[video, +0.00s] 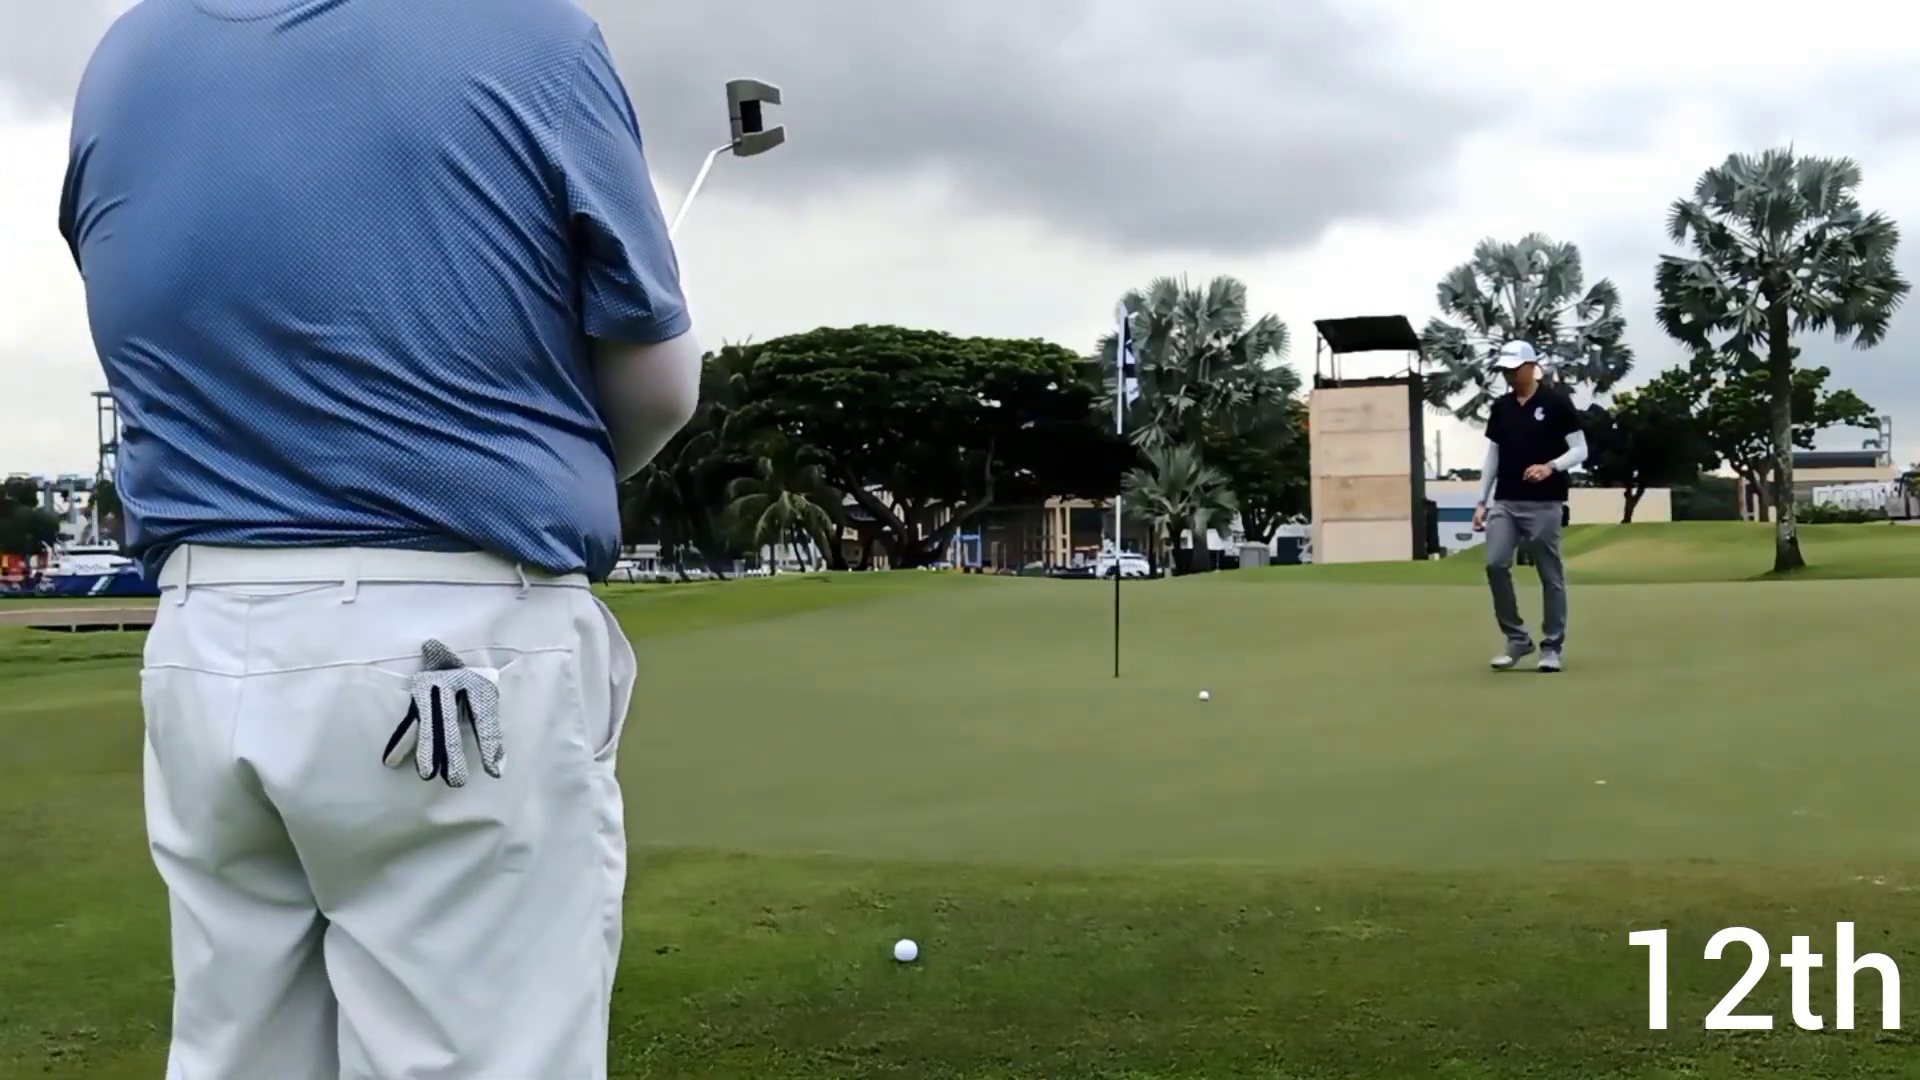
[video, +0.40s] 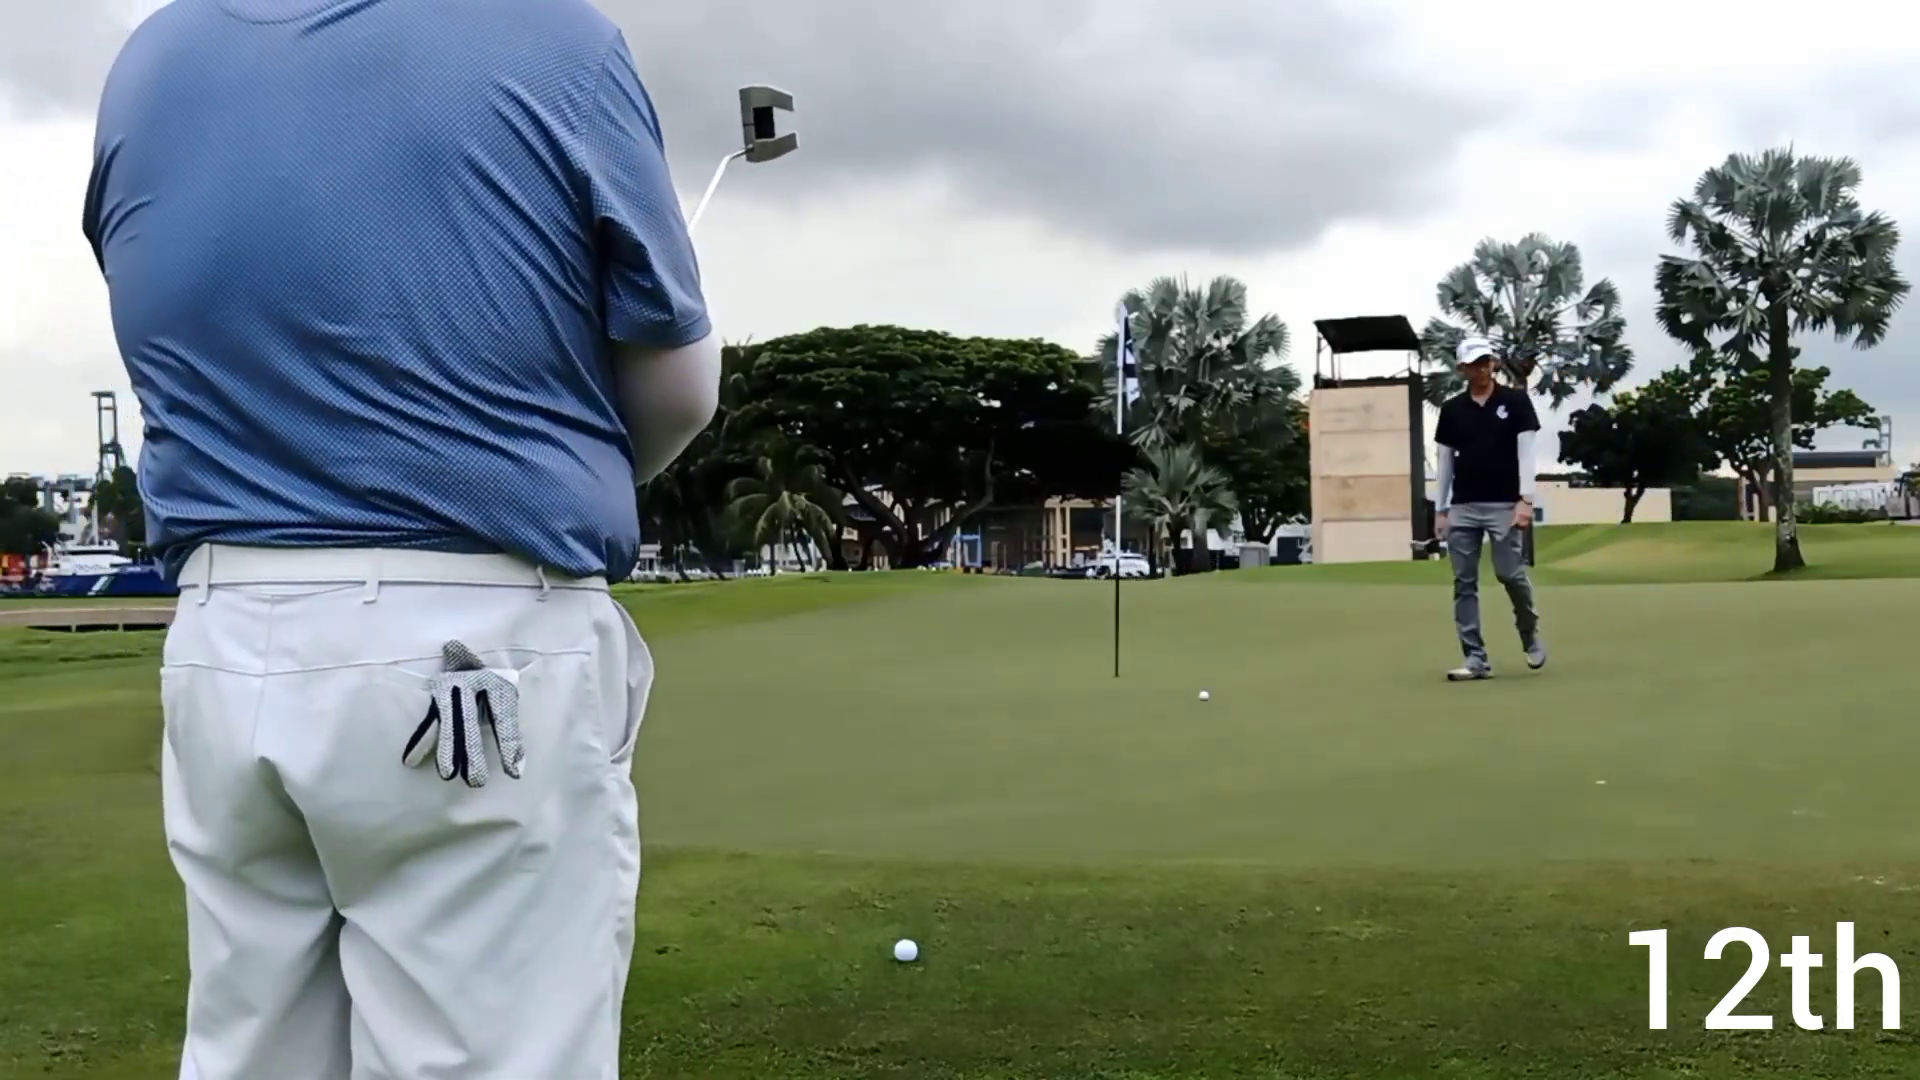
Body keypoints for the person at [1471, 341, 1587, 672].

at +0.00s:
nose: (1508, 376)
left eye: (1514, 369)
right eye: (1505, 370)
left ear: (1532, 367)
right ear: (1504, 371)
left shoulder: (1556, 402)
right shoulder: (1501, 407)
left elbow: (1580, 450)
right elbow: (1492, 455)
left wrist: (1551, 466)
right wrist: (1482, 500)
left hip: (1544, 507)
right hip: (1504, 505)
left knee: (1551, 577)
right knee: (1495, 565)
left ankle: (1552, 647)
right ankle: (1516, 640)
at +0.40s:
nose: (1482, 369)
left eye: (1486, 362)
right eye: (1474, 364)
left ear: (1494, 363)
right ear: (1462, 370)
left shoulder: (1515, 402)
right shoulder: (1451, 410)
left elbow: (1527, 454)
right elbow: (1444, 464)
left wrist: (1526, 500)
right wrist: (1440, 510)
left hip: (1505, 507)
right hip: (1463, 509)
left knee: (1509, 574)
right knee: (1464, 584)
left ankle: (1529, 632)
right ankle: (1474, 658)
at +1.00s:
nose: (1423, 371)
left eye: (1428, 363)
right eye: (1417, 365)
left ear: (1447, 358)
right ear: (1413, 366)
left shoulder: (1476, 399)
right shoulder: (1412, 406)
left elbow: (1499, 455)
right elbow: (1405, 462)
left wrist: (1513, 505)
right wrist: (1396, 512)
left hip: (1467, 510)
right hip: (1424, 514)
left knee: (1475, 586)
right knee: (1418, 585)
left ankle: (1485, 667)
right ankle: (1454, 640)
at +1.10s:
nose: (1405, 369)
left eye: (1410, 362)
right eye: (1401, 363)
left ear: (1431, 357)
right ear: (1401, 363)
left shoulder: (1464, 394)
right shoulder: (1404, 402)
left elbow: (1479, 445)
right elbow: (1400, 459)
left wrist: (1477, 494)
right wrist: (1398, 509)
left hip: (1454, 510)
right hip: (1413, 512)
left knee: (1473, 588)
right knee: (1396, 575)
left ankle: (1484, 667)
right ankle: (1431, 658)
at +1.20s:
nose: (1385, 373)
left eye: (1390, 366)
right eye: (1382, 368)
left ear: (1412, 359)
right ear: (1386, 368)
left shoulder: (1445, 393)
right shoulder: (1392, 405)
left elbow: (1456, 445)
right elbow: (1399, 456)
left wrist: (1436, 478)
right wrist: (1396, 502)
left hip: (1445, 516)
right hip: (1402, 516)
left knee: (1468, 590)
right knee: (1382, 579)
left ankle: (1483, 669)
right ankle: (1385, 670)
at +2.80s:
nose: (1211, 555)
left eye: (1206, 548)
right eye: (1205, 552)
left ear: (1213, 532)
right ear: (1215, 524)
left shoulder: (1236, 541)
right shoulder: (1257, 498)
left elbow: (1239, 614)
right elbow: (1315, 478)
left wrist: (1221, 672)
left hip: (1343, 529)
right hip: (1360, 517)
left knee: (1277, 590)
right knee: (1310, 594)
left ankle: (1299, 682)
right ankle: (1342, 678)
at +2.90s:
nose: (1212, 553)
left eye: (1207, 547)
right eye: (1206, 550)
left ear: (1214, 531)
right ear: (1216, 521)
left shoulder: (1237, 540)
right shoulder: (1257, 498)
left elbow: (1240, 614)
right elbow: (1316, 478)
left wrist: (1221, 671)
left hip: (1345, 529)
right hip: (1361, 517)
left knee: (1278, 590)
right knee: (1311, 594)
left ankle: (1299, 682)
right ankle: (1342, 678)